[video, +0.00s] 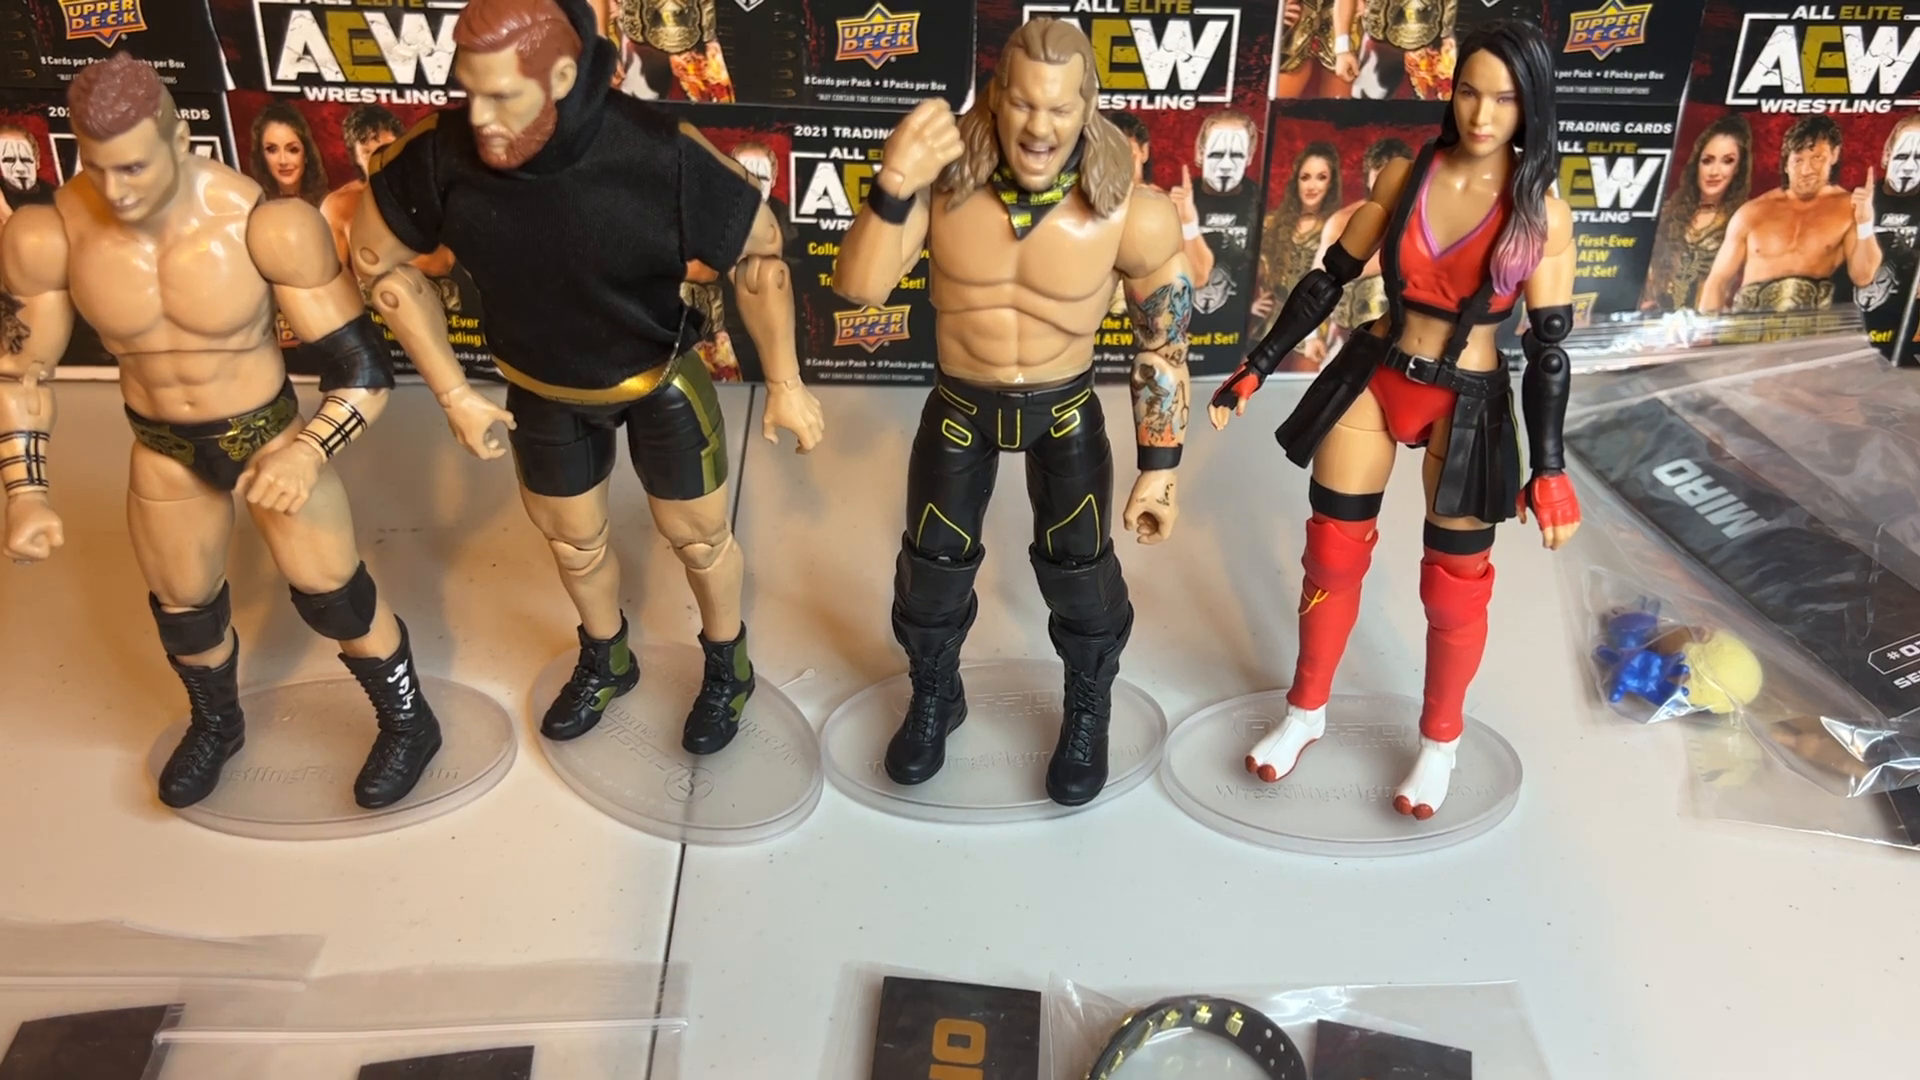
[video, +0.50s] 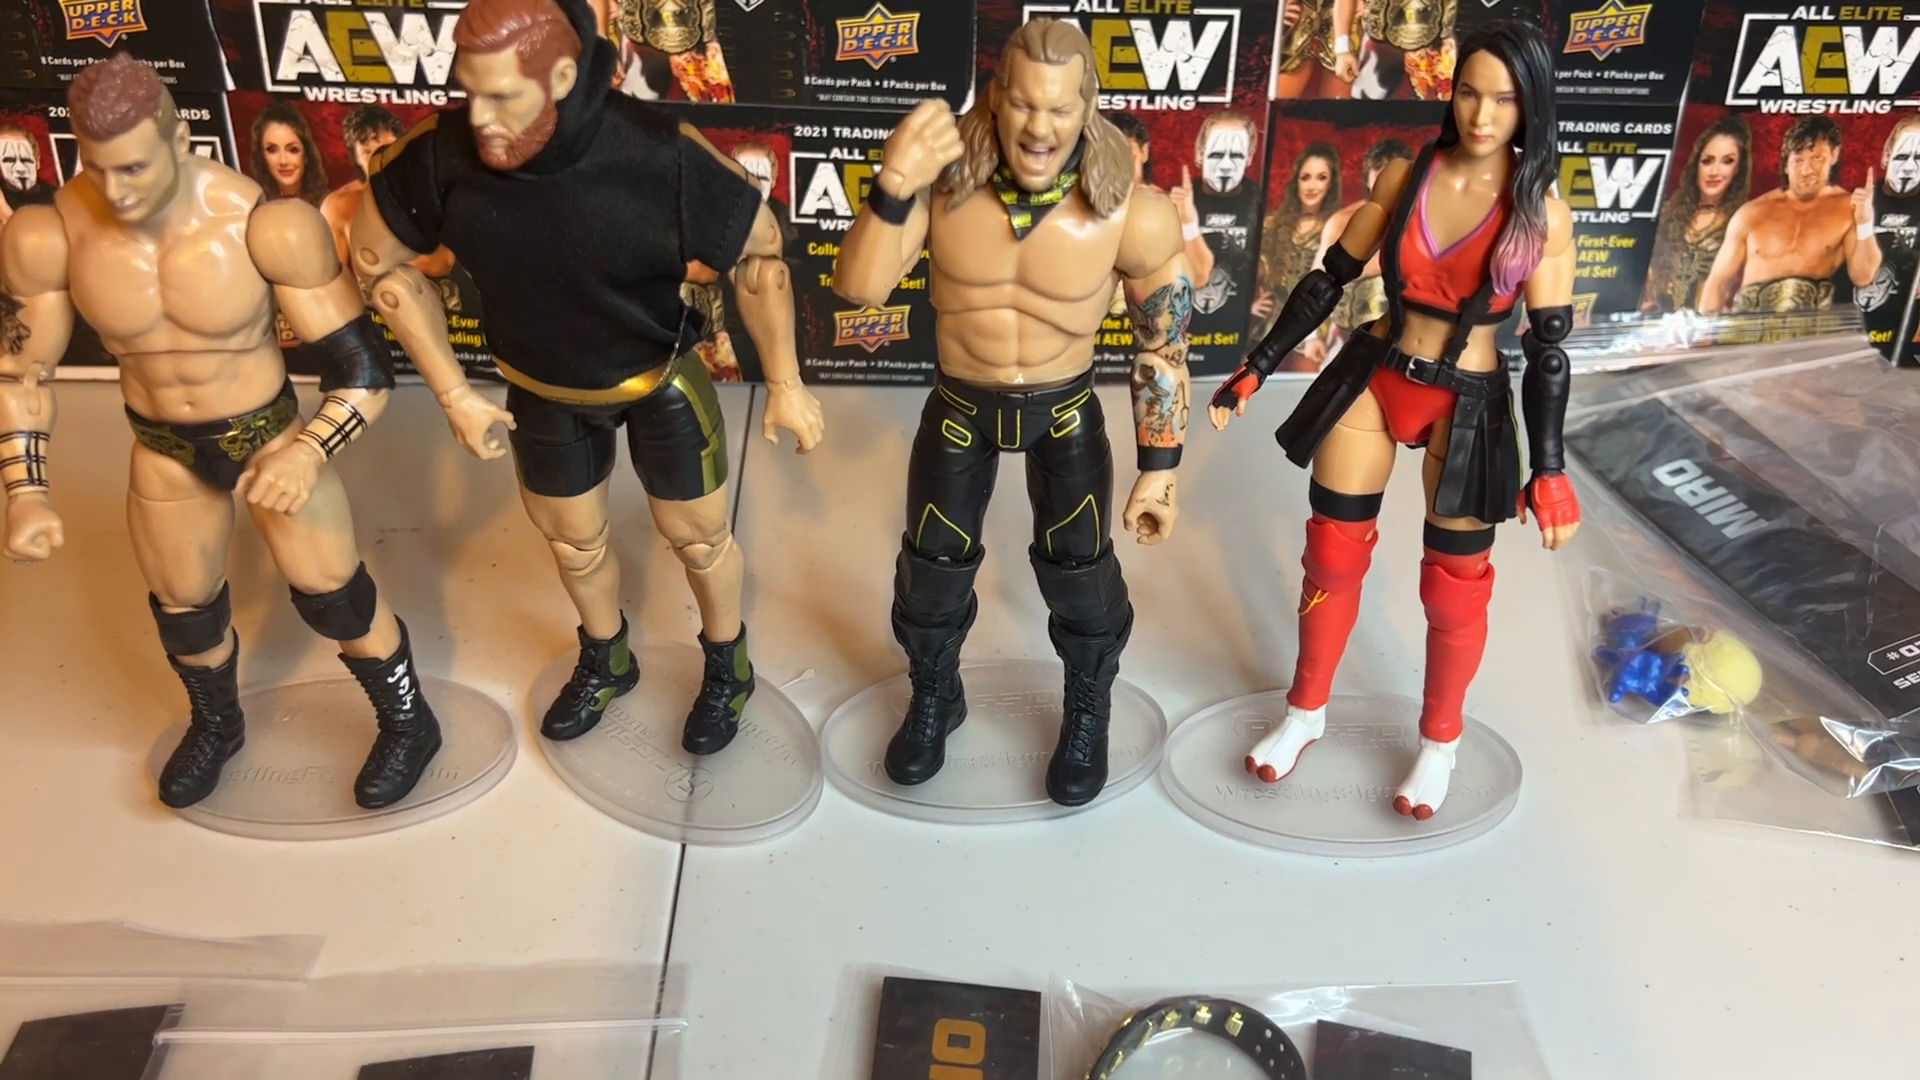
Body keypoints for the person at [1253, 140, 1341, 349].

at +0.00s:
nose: (1312, 186)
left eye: (1321, 178)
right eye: (1305, 177)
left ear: (1332, 183)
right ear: (1295, 180)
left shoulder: (1337, 229)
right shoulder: (1271, 224)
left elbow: (1335, 284)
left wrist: (1321, 336)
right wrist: (1252, 301)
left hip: (1312, 332)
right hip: (1269, 327)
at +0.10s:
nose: (1312, 185)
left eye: (1321, 177)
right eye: (1305, 177)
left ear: (1332, 182)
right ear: (1295, 180)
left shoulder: (1338, 229)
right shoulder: (1270, 225)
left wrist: (1320, 334)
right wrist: (1251, 302)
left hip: (1313, 331)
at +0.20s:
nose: (1312, 185)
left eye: (1321, 177)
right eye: (1305, 177)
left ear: (1332, 183)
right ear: (1295, 181)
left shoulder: (1337, 228)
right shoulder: (1271, 224)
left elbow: (1337, 285)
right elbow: (1255, 273)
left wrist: (1322, 337)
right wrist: (1253, 302)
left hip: (1312, 331)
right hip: (1269, 326)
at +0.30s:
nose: (1312, 185)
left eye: (1322, 178)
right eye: (1305, 177)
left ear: (1332, 183)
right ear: (1296, 180)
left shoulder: (1338, 229)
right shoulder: (1271, 224)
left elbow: (1336, 285)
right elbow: (1254, 273)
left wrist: (1322, 335)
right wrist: (1254, 302)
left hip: (1312, 332)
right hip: (1268, 327)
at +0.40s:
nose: (1312, 185)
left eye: (1321, 177)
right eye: (1305, 177)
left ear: (1332, 182)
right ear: (1295, 180)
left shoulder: (1337, 230)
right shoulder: (1269, 225)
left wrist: (1318, 335)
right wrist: (1250, 303)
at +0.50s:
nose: (1312, 186)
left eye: (1321, 178)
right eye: (1305, 177)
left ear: (1332, 183)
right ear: (1296, 181)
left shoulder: (1338, 230)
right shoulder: (1271, 225)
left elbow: (1339, 287)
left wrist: (1322, 336)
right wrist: (1252, 302)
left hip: (1313, 333)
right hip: (1269, 328)